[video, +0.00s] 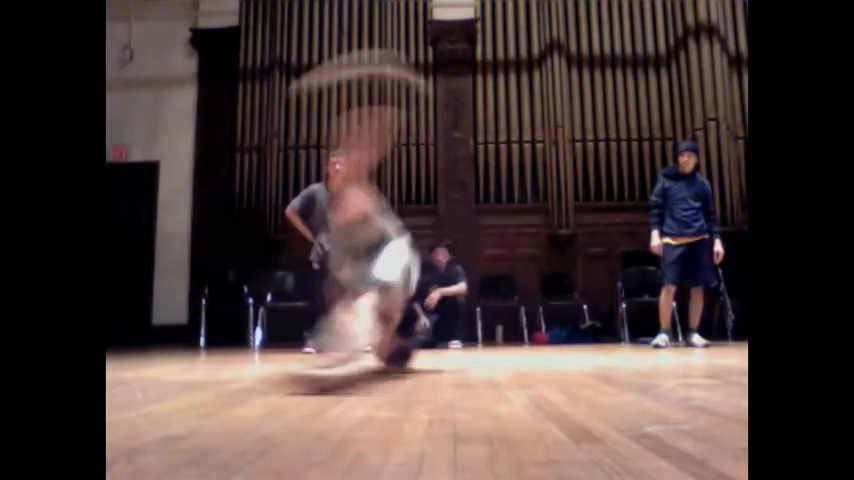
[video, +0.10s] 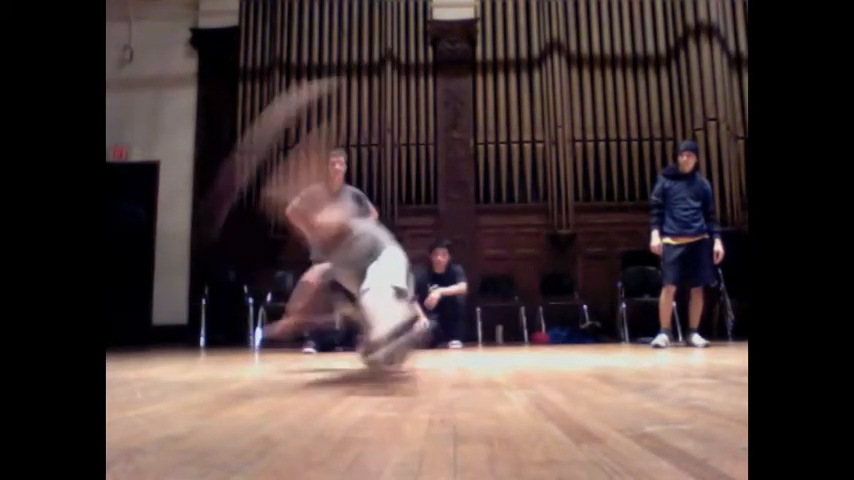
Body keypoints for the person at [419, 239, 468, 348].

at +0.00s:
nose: (440, 259)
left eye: (443, 254)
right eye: (437, 255)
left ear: (449, 256)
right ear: (431, 256)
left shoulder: (455, 270)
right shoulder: (428, 273)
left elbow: (462, 288)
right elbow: (416, 299)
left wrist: (439, 292)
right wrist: (421, 316)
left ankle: (455, 339)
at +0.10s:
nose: (440, 259)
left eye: (443, 255)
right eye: (436, 255)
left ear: (449, 257)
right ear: (431, 257)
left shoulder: (455, 271)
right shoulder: (425, 275)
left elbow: (463, 288)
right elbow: (415, 300)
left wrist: (439, 292)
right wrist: (421, 317)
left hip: (451, 309)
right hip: (433, 311)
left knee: (458, 300)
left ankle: (456, 338)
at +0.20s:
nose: (440, 259)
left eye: (443, 255)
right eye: (436, 255)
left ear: (449, 257)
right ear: (431, 257)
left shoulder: (455, 271)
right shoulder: (423, 275)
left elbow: (462, 288)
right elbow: (416, 298)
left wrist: (439, 292)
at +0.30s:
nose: (440, 259)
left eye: (443, 255)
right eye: (436, 255)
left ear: (448, 257)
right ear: (431, 257)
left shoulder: (455, 270)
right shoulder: (422, 274)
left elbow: (462, 288)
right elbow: (414, 299)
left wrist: (440, 291)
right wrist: (421, 315)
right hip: (429, 317)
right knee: (420, 341)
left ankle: (455, 338)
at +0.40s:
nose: (440, 259)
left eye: (443, 255)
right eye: (436, 255)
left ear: (448, 257)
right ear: (431, 257)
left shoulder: (455, 270)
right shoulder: (422, 274)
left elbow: (462, 288)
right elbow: (415, 299)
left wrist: (440, 291)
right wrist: (421, 315)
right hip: (429, 316)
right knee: (420, 341)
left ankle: (455, 339)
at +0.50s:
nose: (439, 259)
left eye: (443, 255)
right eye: (436, 255)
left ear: (448, 257)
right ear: (430, 257)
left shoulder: (455, 271)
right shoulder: (423, 274)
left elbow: (462, 288)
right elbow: (414, 299)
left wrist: (439, 292)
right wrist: (423, 319)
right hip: (429, 316)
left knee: (458, 302)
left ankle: (459, 337)